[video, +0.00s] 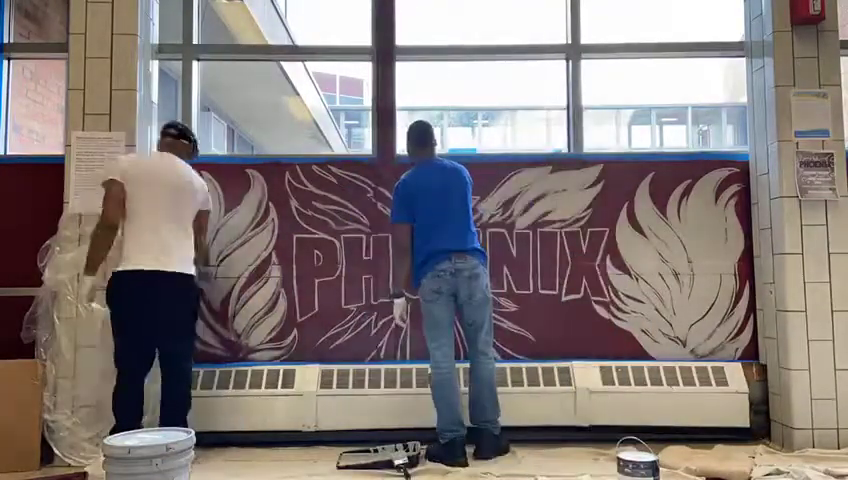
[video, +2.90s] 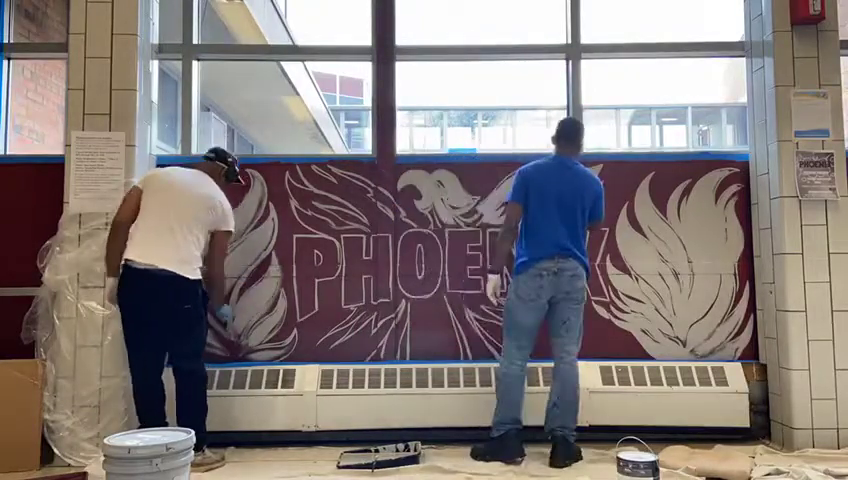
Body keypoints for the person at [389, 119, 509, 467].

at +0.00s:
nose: (412, 152)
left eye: (409, 147)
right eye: (422, 144)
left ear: (408, 147)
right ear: (436, 144)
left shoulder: (405, 184)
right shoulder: (461, 173)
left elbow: (402, 243)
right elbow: (464, 221)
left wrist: (401, 289)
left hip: (432, 268)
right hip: (471, 262)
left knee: (441, 355)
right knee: (483, 351)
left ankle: (452, 444)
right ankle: (488, 437)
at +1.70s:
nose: (421, 145)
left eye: (419, 140)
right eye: (429, 137)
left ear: (419, 140)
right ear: (445, 136)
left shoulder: (418, 176)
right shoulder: (469, 168)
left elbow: (415, 231)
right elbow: (489, 207)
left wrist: (406, 287)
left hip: (442, 270)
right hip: (477, 267)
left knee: (442, 359)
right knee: (474, 355)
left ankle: (449, 451)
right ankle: (473, 441)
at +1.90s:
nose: (484, 144)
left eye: (480, 137)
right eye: (491, 139)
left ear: (473, 139)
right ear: (500, 142)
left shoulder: (456, 170)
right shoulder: (514, 178)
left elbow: (440, 221)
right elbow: (519, 222)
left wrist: (425, 269)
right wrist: (489, 212)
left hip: (465, 268)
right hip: (505, 268)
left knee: (451, 347)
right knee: (501, 350)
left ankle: (449, 444)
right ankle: (499, 444)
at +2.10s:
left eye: (492, 144)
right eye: (510, 151)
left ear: (488, 145)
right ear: (514, 152)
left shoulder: (464, 165)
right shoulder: (518, 184)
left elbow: (442, 214)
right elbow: (519, 238)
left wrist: (438, 227)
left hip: (465, 265)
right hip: (503, 268)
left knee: (449, 346)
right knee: (499, 352)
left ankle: (447, 443)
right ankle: (498, 444)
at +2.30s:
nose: (501, 138)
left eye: (496, 132)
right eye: (508, 131)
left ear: (490, 133)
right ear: (518, 133)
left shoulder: (475, 169)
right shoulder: (540, 170)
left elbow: (461, 227)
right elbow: (550, 226)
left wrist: (454, 280)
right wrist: (547, 270)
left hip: (489, 267)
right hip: (532, 266)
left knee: (490, 362)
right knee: (531, 359)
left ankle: (497, 454)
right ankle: (539, 454)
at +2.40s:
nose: (526, 145)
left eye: (519, 138)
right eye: (530, 139)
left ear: (510, 141)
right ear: (537, 142)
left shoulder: (488, 176)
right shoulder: (552, 180)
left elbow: (472, 226)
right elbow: (565, 226)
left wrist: (477, 239)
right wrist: (540, 225)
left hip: (498, 270)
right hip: (540, 270)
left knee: (495, 355)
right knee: (549, 355)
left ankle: (492, 445)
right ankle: (560, 444)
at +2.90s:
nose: (569, 147)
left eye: (560, 139)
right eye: (577, 142)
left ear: (553, 140)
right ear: (581, 144)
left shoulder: (528, 173)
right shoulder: (592, 182)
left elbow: (510, 225)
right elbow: (592, 227)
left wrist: (498, 271)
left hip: (531, 273)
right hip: (573, 273)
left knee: (514, 355)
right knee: (567, 357)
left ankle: (506, 438)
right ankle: (563, 441)